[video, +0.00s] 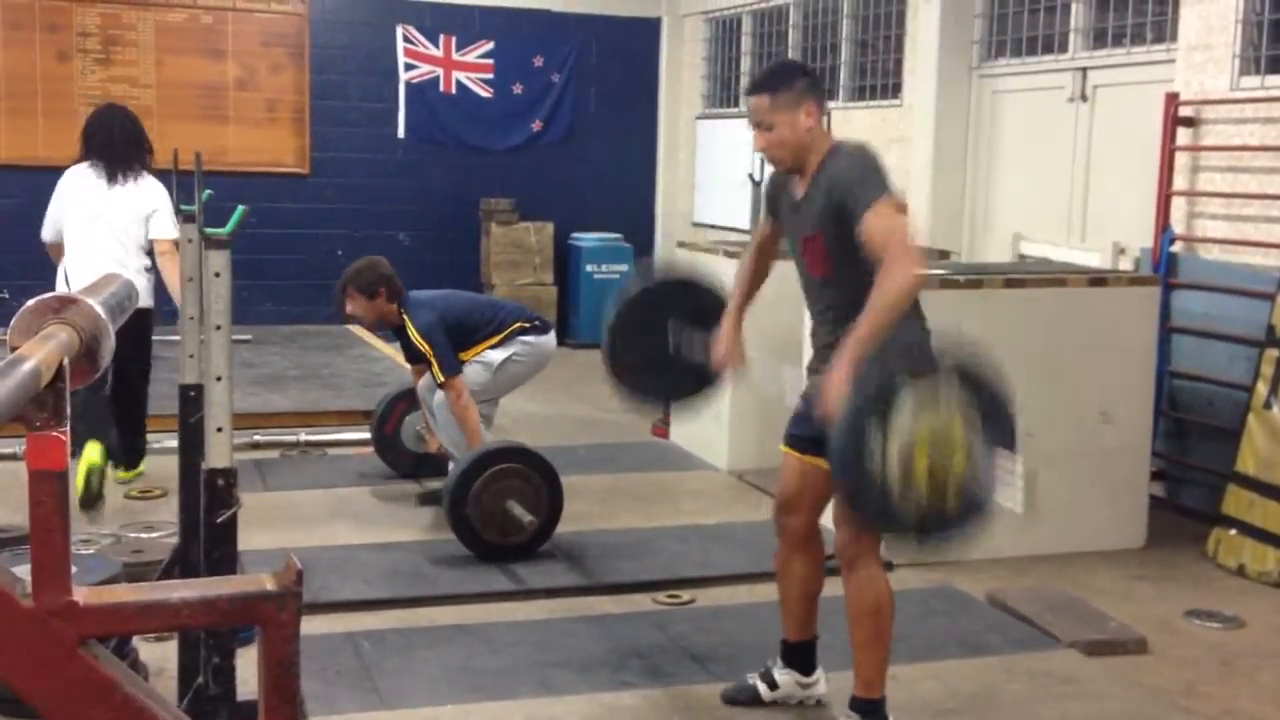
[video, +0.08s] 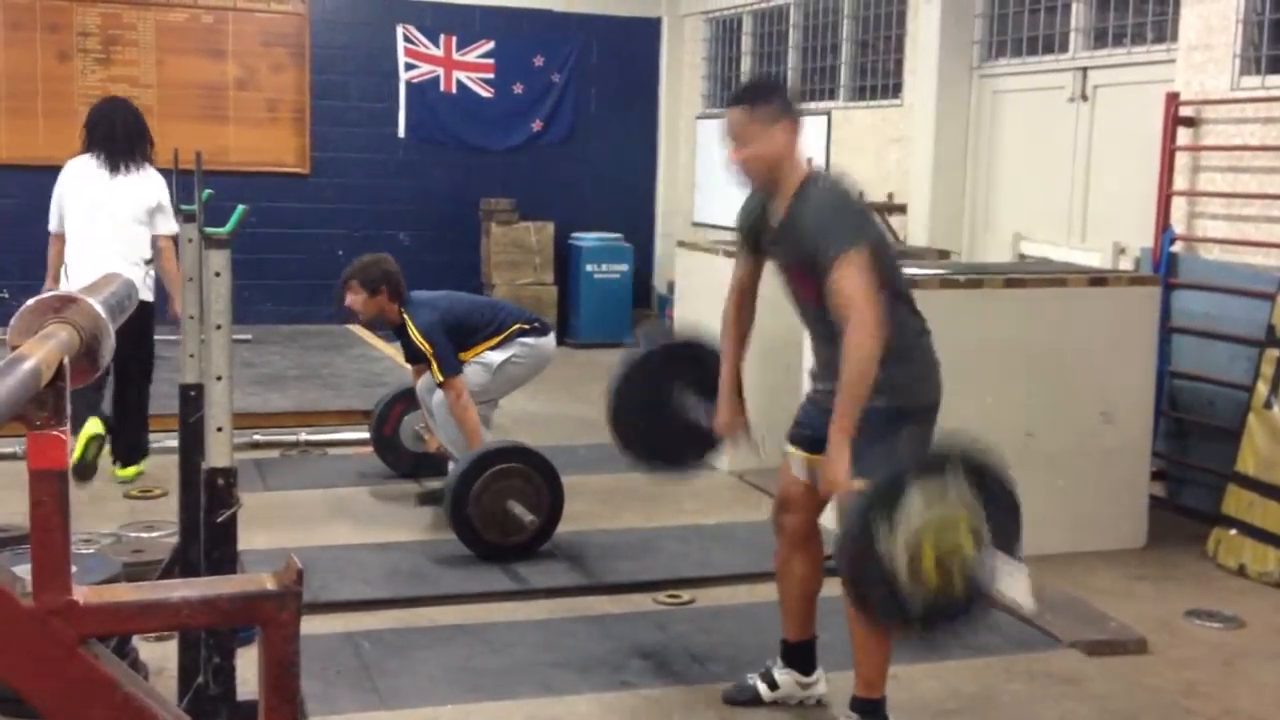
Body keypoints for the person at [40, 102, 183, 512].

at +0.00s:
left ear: (89, 139)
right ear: (137, 140)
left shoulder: (71, 178)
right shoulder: (151, 187)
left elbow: (52, 241)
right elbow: (166, 251)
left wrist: (74, 271)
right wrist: (188, 307)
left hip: (78, 300)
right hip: (131, 302)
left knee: (84, 381)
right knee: (130, 380)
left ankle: (90, 446)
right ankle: (128, 468)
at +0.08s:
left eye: (91, 126)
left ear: (92, 130)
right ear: (138, 133)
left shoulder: (72, 171)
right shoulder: (151, 178)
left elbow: (57, 238)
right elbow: (164, 248)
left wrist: (50, 283)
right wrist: (178, 298)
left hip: (79, 291)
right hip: (132, 292)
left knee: (83, 367)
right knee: (133, 373)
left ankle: (88, 423)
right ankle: (128, 463)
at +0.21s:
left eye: (85, 118)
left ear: (88, 121)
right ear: (136, 122)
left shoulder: (71, 162)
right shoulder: (151, 169)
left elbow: (50, 225)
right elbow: (163, 232)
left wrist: (34, 272)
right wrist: (159, 270)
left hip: (78, 278)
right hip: (132, 281)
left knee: (74, 348)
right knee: (133, 368)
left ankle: (90, 408)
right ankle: (129, 459)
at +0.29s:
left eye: (81, 119)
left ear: (85, 123)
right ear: (131, 124)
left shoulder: (70, 163)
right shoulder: (148, 168)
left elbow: (43, 222)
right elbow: (163, 229)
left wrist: (27, 272)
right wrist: (134, 240)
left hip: (76, 276)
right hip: (131, 280)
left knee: (76, 340)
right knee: (133, 365)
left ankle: (86, 400)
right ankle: (130, 458)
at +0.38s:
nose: (72, 126)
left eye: (75, 119)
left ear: (79, 123)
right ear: (122, 123)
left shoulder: (68, 162)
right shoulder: (140, 165)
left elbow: (43, 218)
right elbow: (158, 218)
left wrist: (24, 272)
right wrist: (130, 236)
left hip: (73, 273)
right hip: (125, 276)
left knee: (71, 330)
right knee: (130, 363)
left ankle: (83, 390)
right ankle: (128, 451)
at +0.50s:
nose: (61, 119)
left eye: (64, 112)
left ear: (66, 116)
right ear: (105, 115)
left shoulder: (57, 155)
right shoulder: (127, 155)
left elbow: (42, 216)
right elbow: (140, 208)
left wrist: (26, 271)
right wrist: (117, 231)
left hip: (69, 268)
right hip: (122, 269)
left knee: (68, 333)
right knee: (129, 351)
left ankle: (82, 388)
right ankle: (129, 434)